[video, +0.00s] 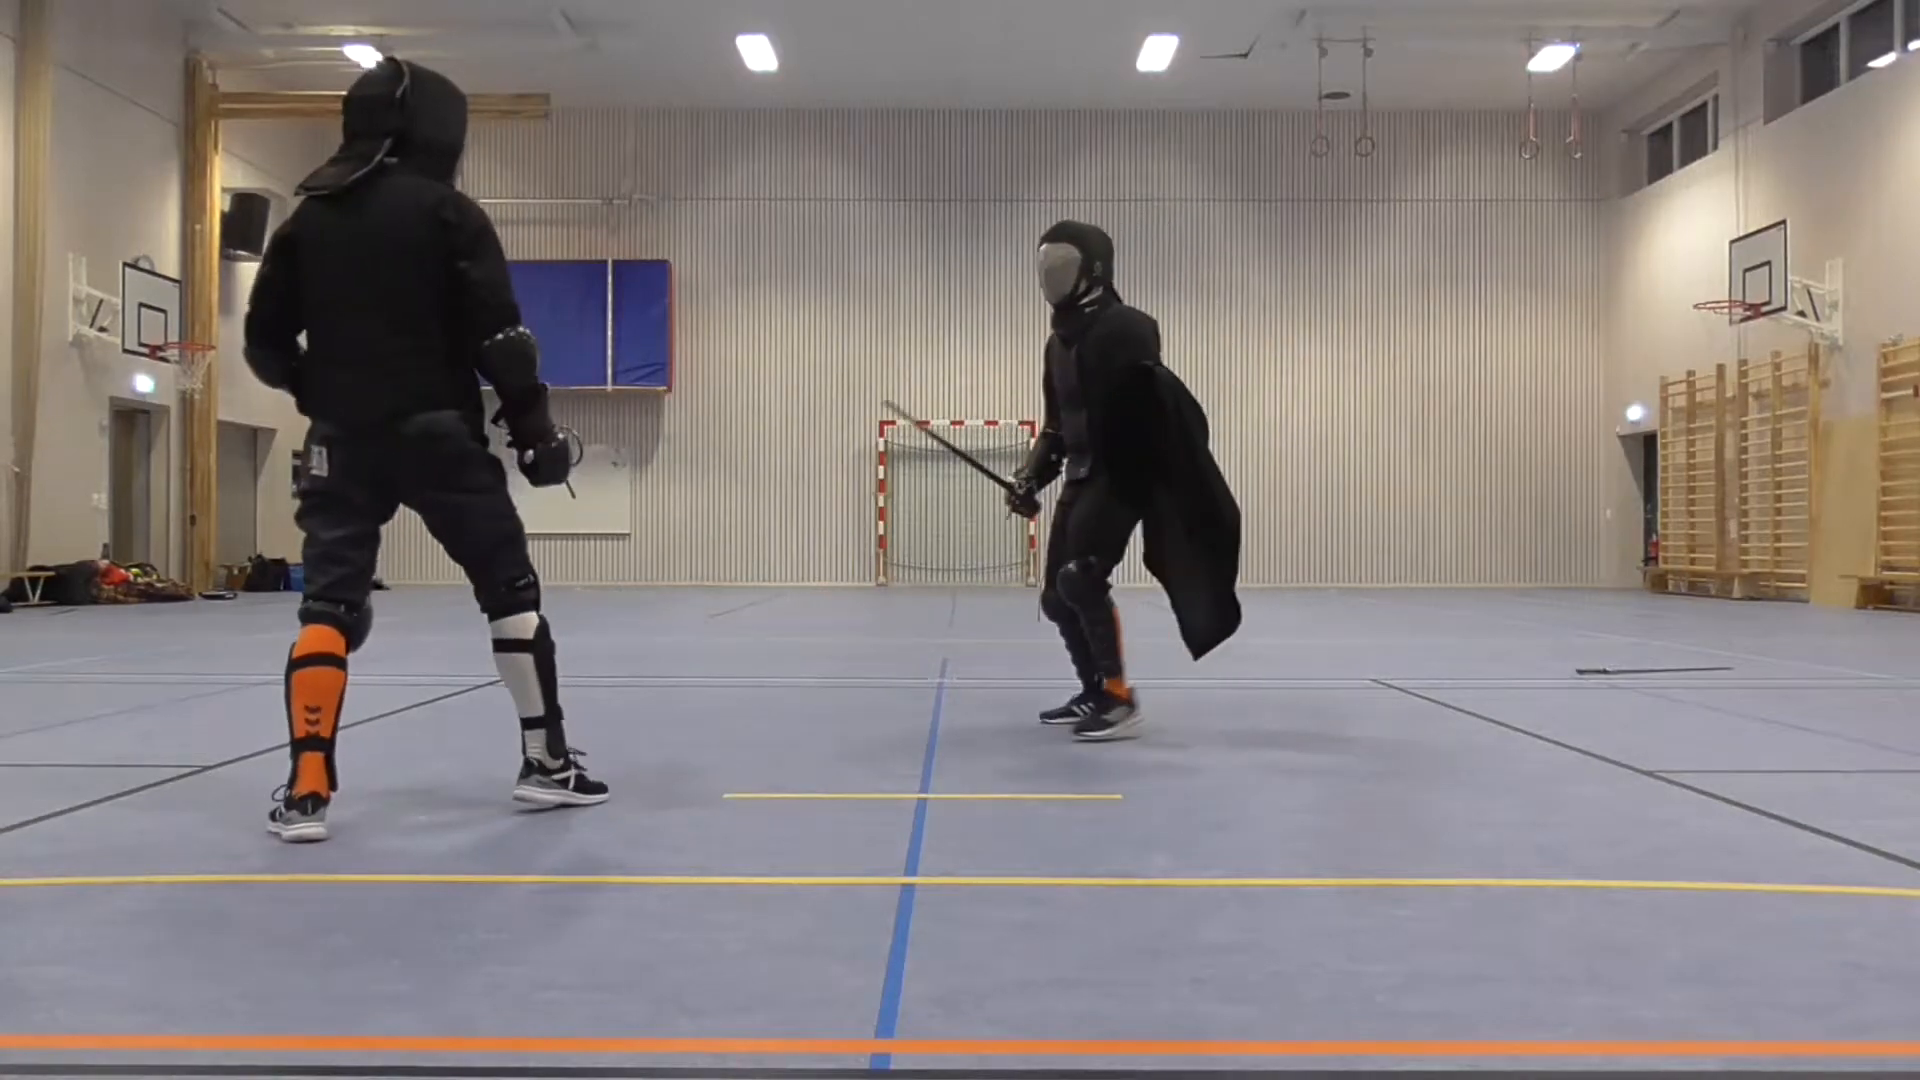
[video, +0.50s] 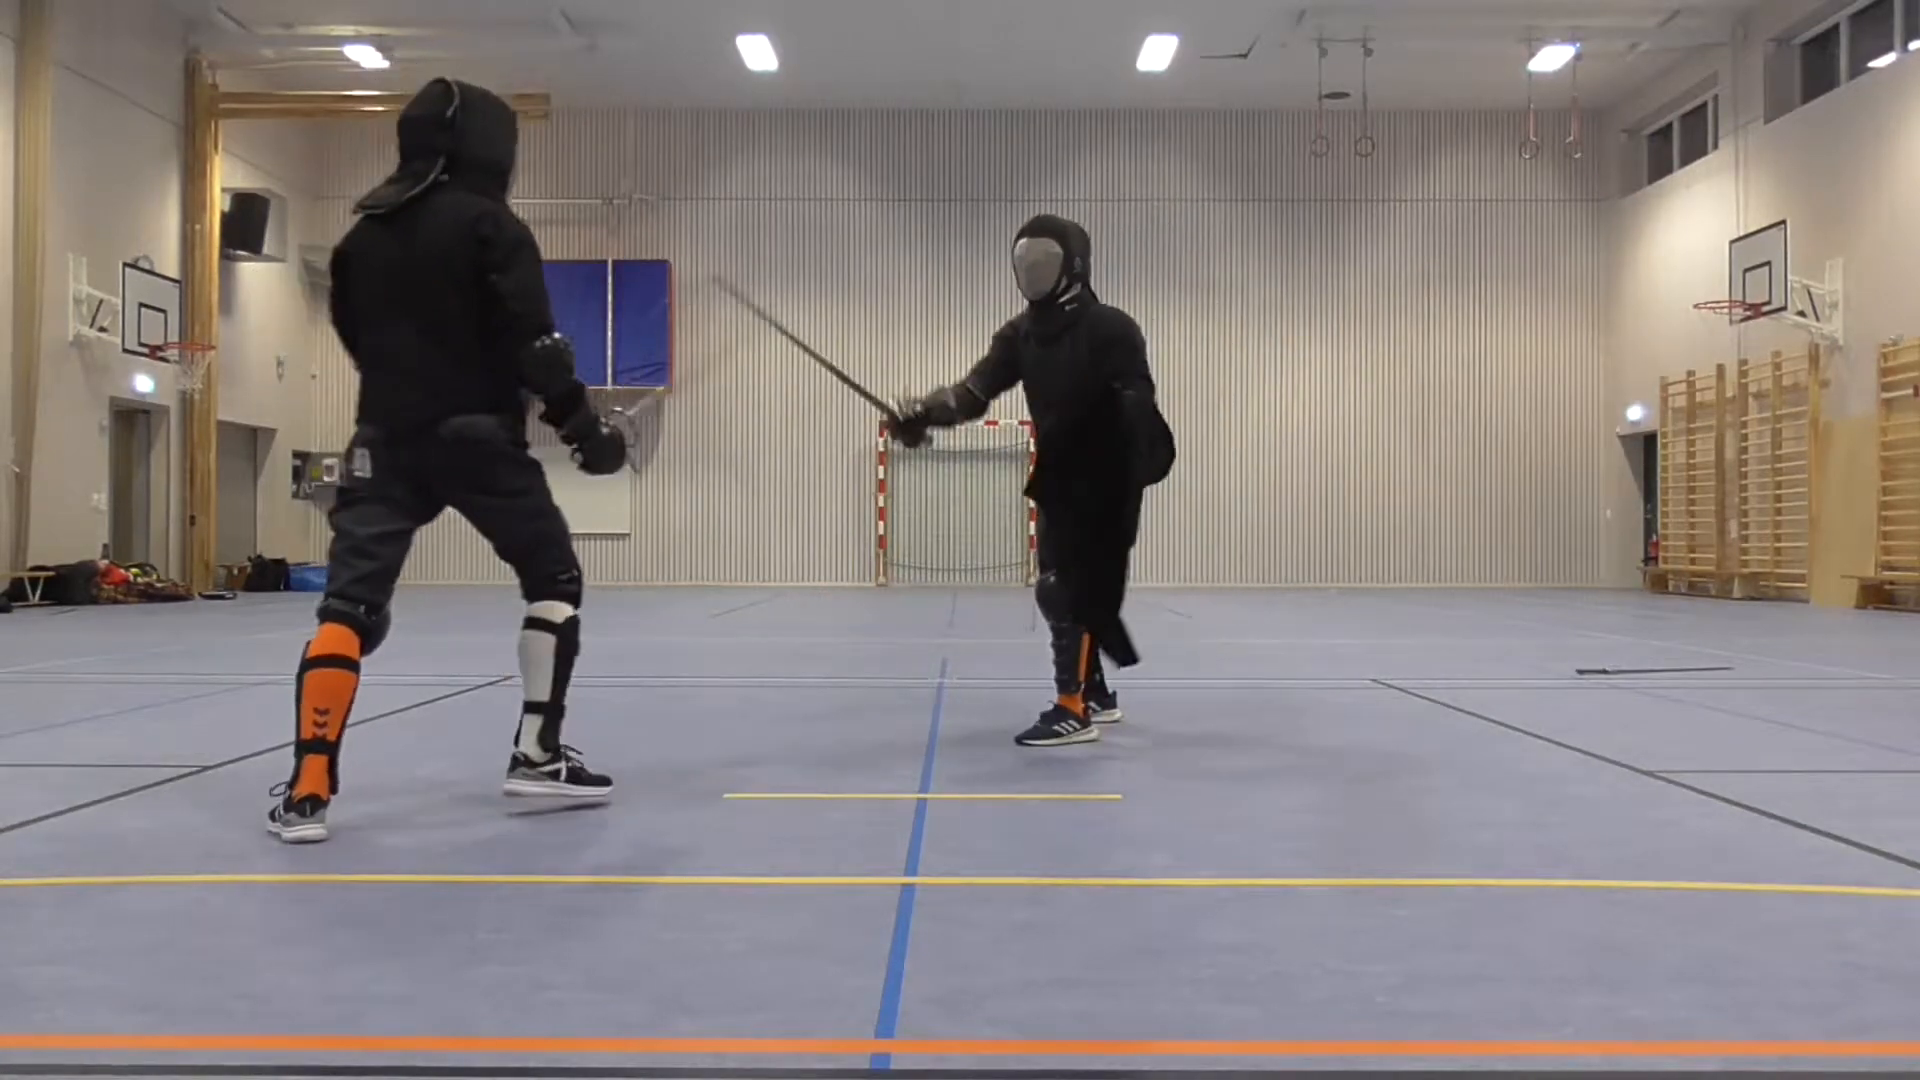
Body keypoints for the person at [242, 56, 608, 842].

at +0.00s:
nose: (458, 147)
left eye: (455, 133)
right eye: (453, 134)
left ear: (365, 129)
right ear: (431, 132)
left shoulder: (309, 219)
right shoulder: (449, 215)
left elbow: (264, 342)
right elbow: (502, 341)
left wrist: (324, 389)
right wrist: (537, 432)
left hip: (339, 441)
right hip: (440, 438)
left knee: (328, 602)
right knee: (508, 586)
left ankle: (308, 789)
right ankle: (545, 755)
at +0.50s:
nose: (508, 162)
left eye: (508, 149)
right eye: (502, 148)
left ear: (418, 145)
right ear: (481, 147)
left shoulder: (366, 231)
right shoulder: (492, 226)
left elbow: (354, 330)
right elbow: (536, 345)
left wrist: (410, 385)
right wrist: (586, 426)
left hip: (384, 441)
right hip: (480, 440)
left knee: (348, 602)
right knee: (553, 580)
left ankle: (309, 789)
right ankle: (538, 749)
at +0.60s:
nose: (533, 178)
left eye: (532, 165)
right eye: (527, 165)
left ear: (445, 164)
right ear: (507, 165)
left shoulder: (405, 253)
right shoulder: (519, 243)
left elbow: (462, 351)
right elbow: (577, 341)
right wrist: (643, 400)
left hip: (414, 458)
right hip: (506, 457)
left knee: (366, 609)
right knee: (587, 583)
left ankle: (314, 782)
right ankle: (552, 743)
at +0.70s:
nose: (586, 209)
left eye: (583, 197)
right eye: (582, 197)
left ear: (502, 193)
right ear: (566, 198)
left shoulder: (469, 262)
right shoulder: (566, 267)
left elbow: (548, 321)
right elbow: (655, 328)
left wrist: (637, 305)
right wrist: (711, 329)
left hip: (455, 470)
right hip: (541, 470)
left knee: (389, 617)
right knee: (630, 592)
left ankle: (315, 788)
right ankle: (593, 742)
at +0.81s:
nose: (655, 229)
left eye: (651, 218)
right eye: (648, 217)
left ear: (574, 217)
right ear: (633, 223)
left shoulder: (553, 282)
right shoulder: (631, 283)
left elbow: (674, 301)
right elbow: (742, 311)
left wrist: (752, 281)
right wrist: (766, 267)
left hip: (528, 480)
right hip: (604, 482)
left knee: (441, 611)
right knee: (663, 616)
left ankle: (341, 754)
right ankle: (598, 755)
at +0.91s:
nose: (697, 230)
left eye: (689, 221)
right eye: (690, 221)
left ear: (619, 236)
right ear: (681, 230)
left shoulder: (609, 299)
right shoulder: (707, 289)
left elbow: (688, 342)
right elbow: (819, 306)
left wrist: (756, 333)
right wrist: (815, 225)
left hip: (612, 484)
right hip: (688, 488)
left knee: (548, 616)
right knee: (700, 633)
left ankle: (452, 702)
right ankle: (607, 741)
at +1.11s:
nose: (806, 258)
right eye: (798, 249)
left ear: (733, 268)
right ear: (792, 255)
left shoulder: (724, 334)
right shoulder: (829, 317)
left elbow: (678, 425)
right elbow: (904, 358)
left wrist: (743, 440)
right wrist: (939, 358)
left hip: (755, 492)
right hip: (823, 486)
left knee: (823, 574)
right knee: (755, 637)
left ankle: (847, 702)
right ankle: (635, 723)